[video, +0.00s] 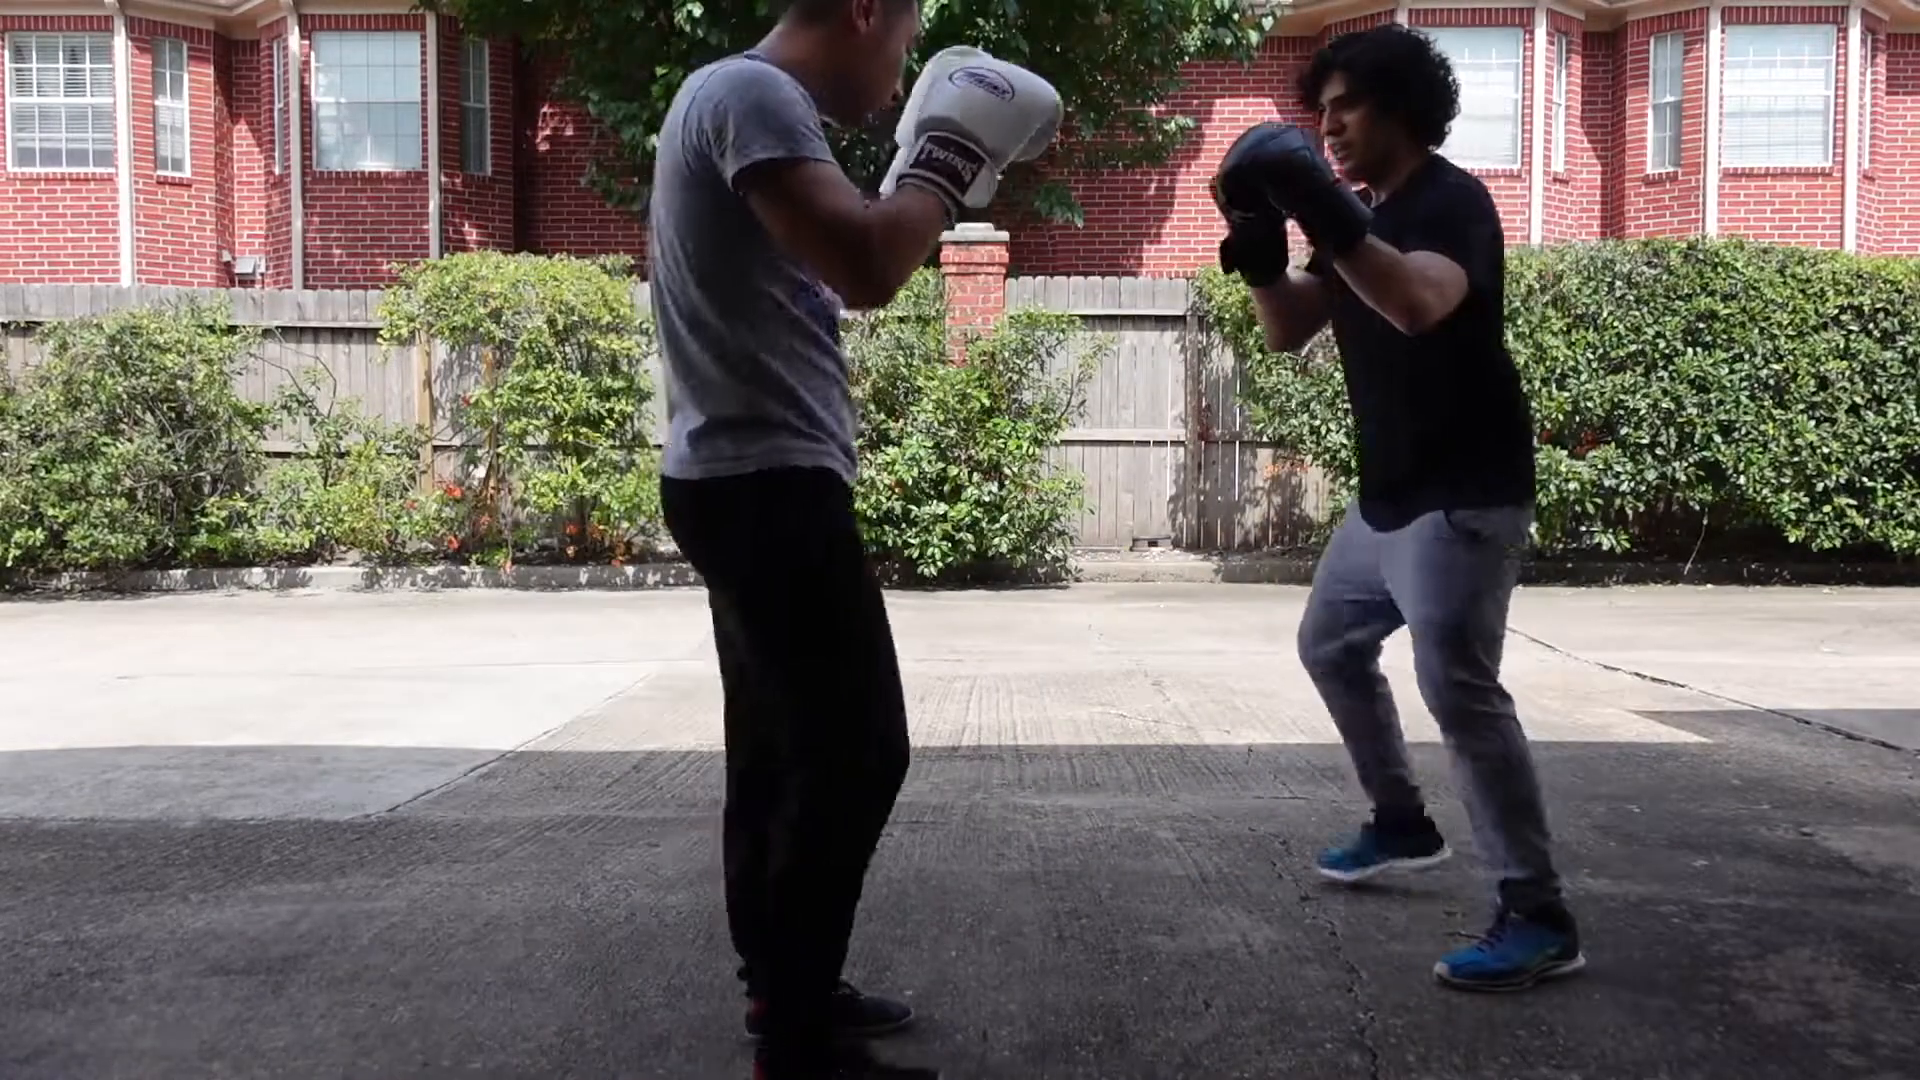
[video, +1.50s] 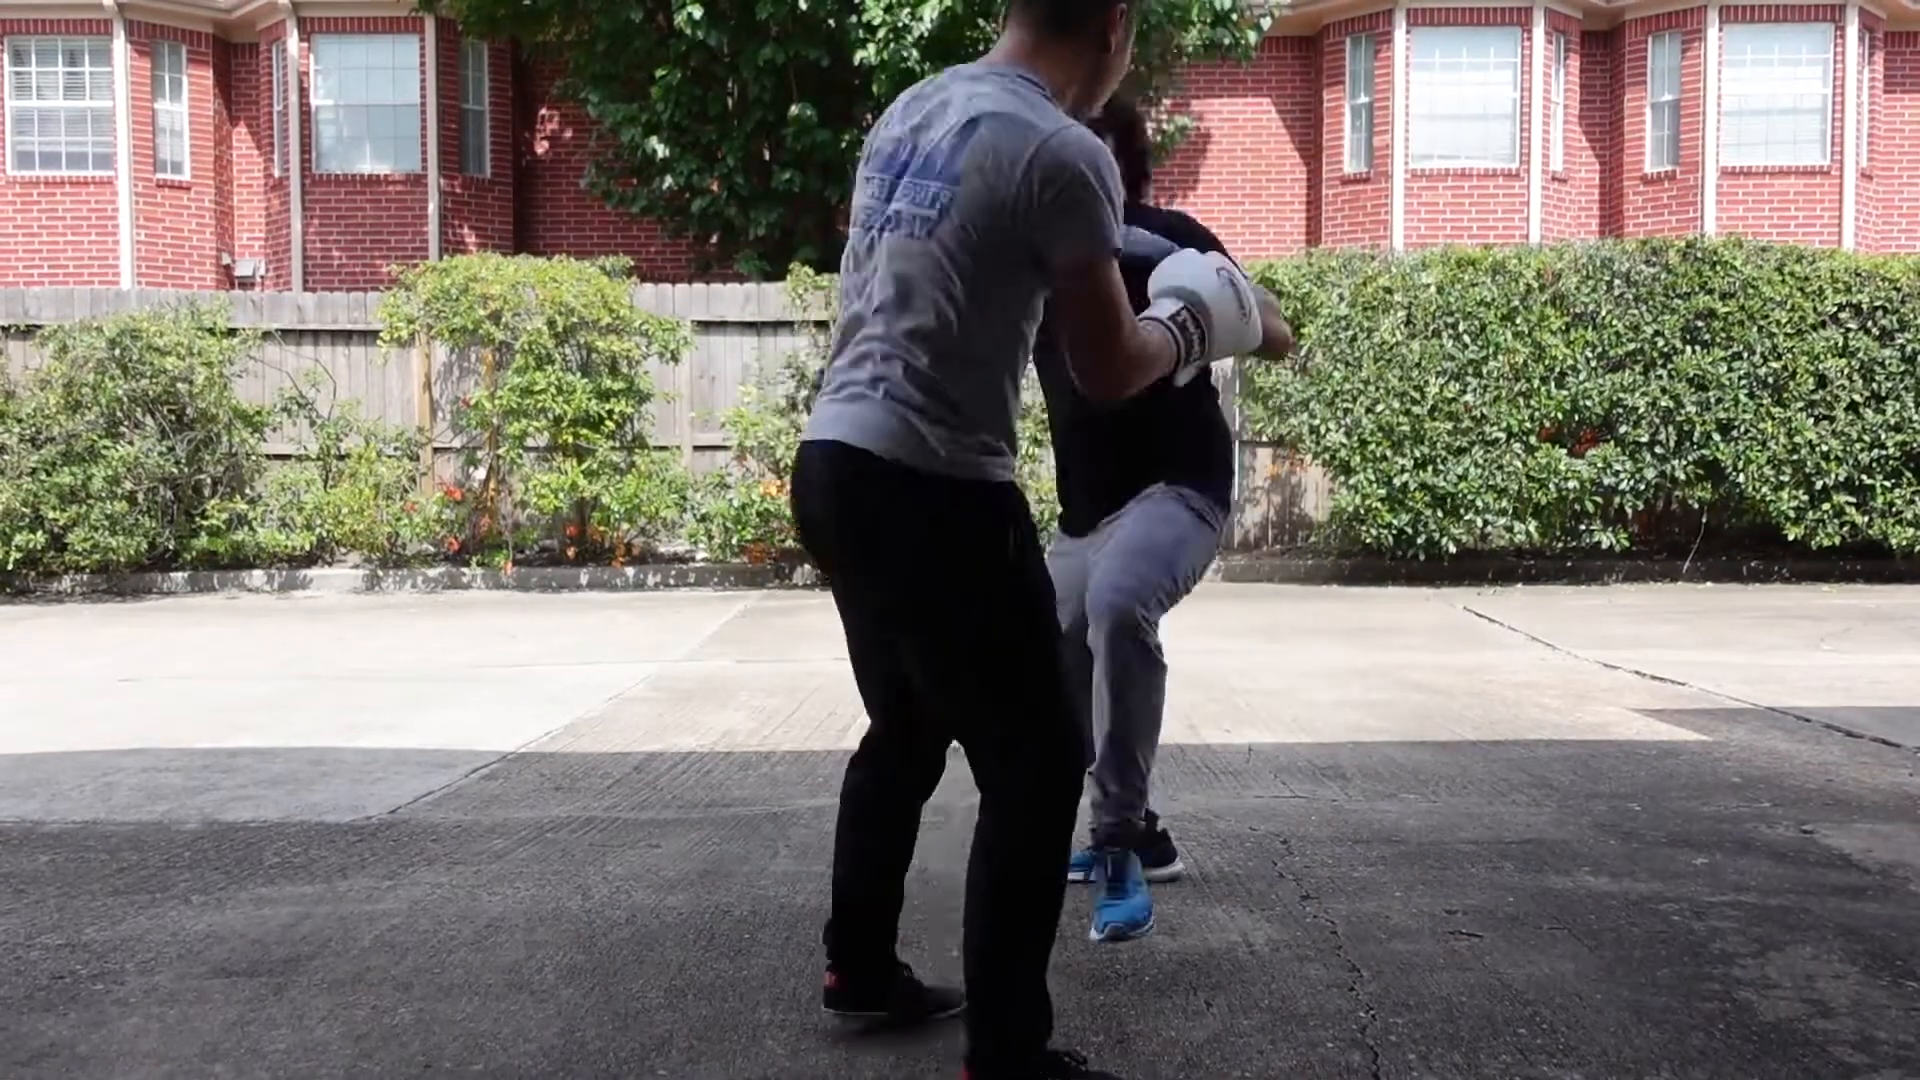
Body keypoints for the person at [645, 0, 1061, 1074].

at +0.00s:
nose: (899, 73)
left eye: (907, 49)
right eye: (905, 41)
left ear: (819, 14)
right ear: (865, 14)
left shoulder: (730, 102)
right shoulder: (750, 94)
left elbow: (855, 265)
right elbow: (869, 265)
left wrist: (934, 174)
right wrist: (947, 159)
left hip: (742, 475)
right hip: (769, 480)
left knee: (773, 741)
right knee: (862, 746)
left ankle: (787, 986)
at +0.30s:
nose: (994, 46)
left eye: (996, 29)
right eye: (996, 25)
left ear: (881, 3)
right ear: (969, 8)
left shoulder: (789, 96)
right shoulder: (897, 77)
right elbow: (1031, 249)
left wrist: (1012, 148)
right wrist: (1073, 131)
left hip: (805, 458)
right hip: (858, 465)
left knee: (955, 666)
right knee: (892, 738)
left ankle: (918, 931)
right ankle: (838, 1044)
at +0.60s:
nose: (1037, 48)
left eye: (1035, 36)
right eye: (1039, 31)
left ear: (923, 10)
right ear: (1018, 16)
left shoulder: (825, 110)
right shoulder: (985, 88)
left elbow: (907, 275)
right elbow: (1115, 263)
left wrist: (1050, 226)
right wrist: (1130, 153)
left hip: (838, 479)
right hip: (940, 489)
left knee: (889, 753)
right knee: (937, 776)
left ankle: (899, 983)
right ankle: (840, 1047)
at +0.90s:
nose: (1096, 56)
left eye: (1099, 38)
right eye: (1100, 35)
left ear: (977, 10)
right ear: (1083, 19)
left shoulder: (870, 102)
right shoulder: (1039, 121)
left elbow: (823, 285)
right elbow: (1159, 317)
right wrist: (1176, 223)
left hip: (883, 480)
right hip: (980, 492)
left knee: (1003, 676)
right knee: (1049, 757)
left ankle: (959, 854)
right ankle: (1006, 1043)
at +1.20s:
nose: (1206, 76)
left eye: (1212, 51)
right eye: (1213, 50)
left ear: (1093, 16)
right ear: (1190, 45)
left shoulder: (987, 103)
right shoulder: (1106, 179)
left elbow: (873, 260)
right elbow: (1123, 409)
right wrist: (1200, 385)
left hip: (864, 425)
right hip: (937, 487)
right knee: (997, 751)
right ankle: (993, 1046)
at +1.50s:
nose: (1129, 69)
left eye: (1129, 48)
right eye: (1133, 45)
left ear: (1012, 14)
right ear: (1114, 28)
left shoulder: (902, 114)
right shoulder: (1064, 153)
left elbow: (941, 302)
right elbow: (1110, 371)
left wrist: (1093, 284)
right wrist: (1193, 315)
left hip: (833, 465)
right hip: (945, 485)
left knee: (904, 726)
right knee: (1036, 766)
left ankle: (861, 971)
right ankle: (1012, 1051)